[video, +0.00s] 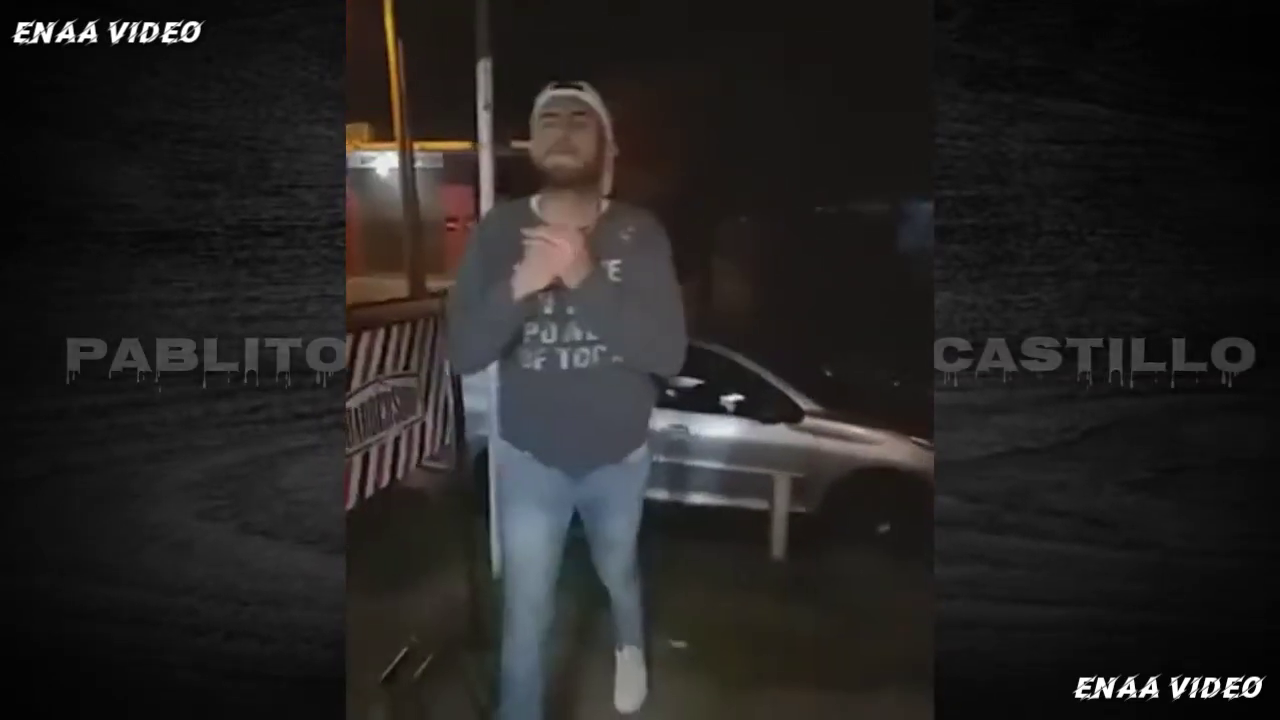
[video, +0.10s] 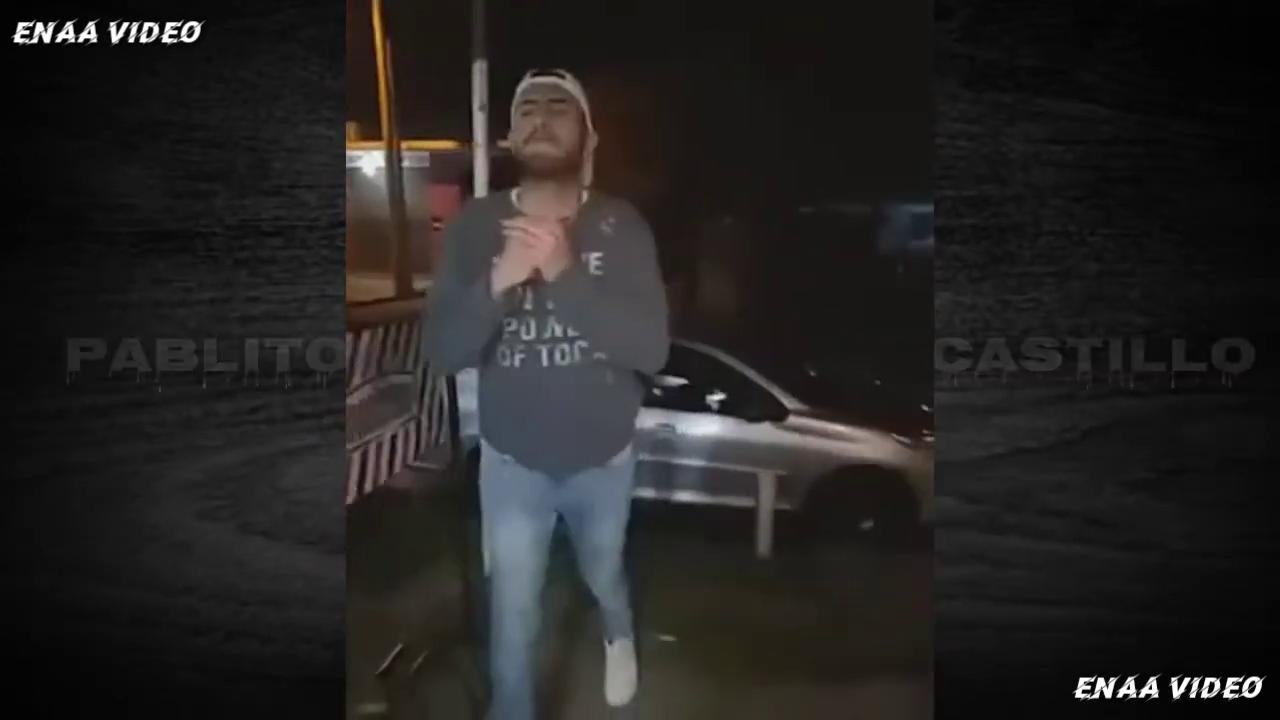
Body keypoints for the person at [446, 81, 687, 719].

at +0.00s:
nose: (562, 132)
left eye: (579, 121)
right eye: (548, 122)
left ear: (605, 143)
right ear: (529, 142)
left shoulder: (636, 231)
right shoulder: (501, 227)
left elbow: (667, 353)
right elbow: (463, 352)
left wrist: (586, 279)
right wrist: (522, 283)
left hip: (617, 453)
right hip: (527, 452)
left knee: (618, 572)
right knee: (525, 608)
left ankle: (630, 653)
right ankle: (518, 712)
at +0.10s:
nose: (540, 120)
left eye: (558, 110)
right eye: (527, 111)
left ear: (586, 135)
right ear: (511, 136)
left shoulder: (618, 224)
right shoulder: (475, 223)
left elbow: (650, 348)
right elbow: (444, 350)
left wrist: (565, 276)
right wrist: (500, 279)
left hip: (602, 456)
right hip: (511, 457)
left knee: (604, 577)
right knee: (512, 610)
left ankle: (619, 645)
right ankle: (511, 711)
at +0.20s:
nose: (542, 114)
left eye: (560, 104)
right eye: (528, 104)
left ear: (589, 131)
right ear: (511, 130)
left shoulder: (621, 219)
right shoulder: (480, 220)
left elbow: (654, 347)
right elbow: (444, 352)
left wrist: (566, 270)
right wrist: (501, 274)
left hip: (608, 459)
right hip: (516, 462)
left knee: (614, 591)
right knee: (525, 617)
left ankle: (627, 643)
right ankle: (527, 712)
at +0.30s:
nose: (538, 106)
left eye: (556, 96)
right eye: (523, 96)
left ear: (584, 125)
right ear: (504, 124)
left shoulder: (616, 212)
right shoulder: (471, 216)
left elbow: (652, 343)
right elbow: (433, 350)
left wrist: (563, 259)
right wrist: (498, 266)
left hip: (609, 456)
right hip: (516, 460)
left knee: (616, 605)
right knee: (533, 620)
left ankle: (627, 646)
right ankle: (536, 710)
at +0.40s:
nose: (545, 101)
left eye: (564, 91)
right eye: (529, 91)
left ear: (591, 121)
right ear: (508, 121)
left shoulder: (621, 210)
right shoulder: (470, 213)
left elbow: (660, 341)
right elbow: (434, 349)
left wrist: (571, 256)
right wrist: (505, 263)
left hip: (617, 460)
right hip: (520, 465)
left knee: (623, 623)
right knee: (538, 631)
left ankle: (628, 673)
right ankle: (543, 709)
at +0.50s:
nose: (551, 92)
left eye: (570, 83)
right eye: (534, 82)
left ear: (597, 114)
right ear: (513, 110)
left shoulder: (622, 204)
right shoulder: (472, 209)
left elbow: (663, 338)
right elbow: (441, 347)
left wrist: (578, 253)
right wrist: (513, 258)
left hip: (618, 459)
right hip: (521, 464)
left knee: (626, 628)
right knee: (539, 637)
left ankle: (626, 710)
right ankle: (543, 714)